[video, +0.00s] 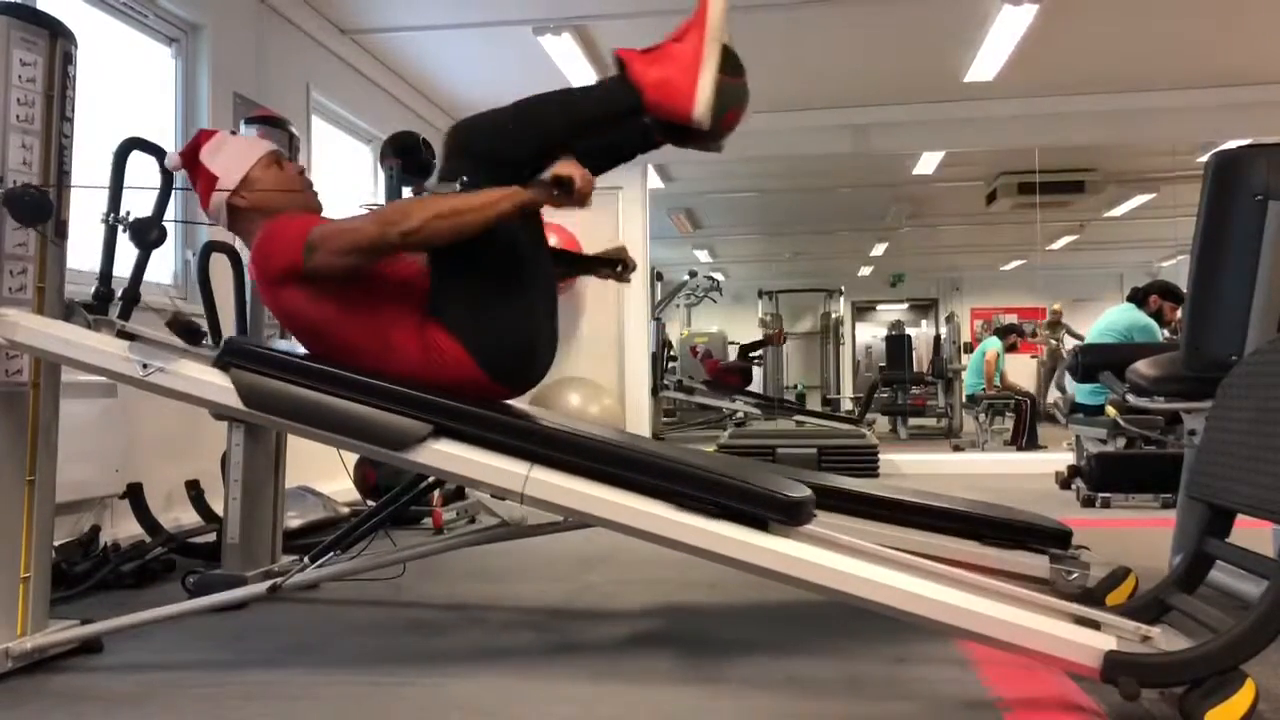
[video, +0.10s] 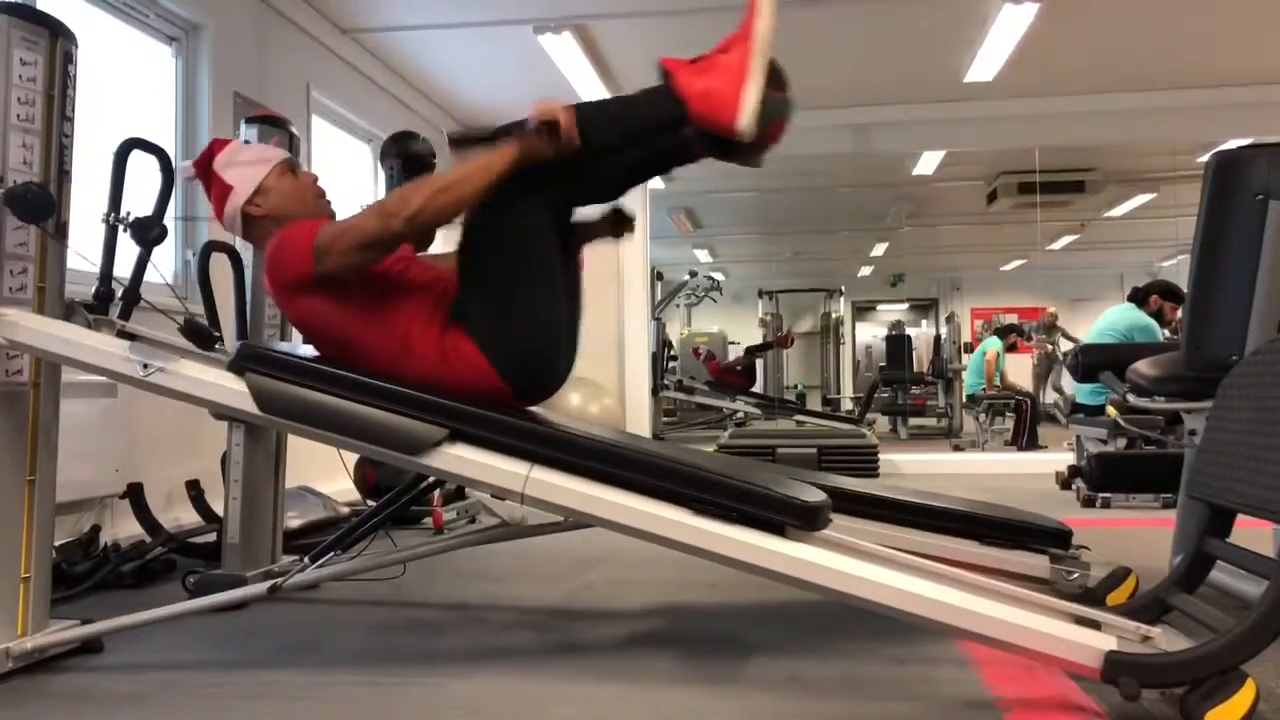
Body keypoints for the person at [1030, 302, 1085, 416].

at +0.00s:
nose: (1054, 316)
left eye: (1056, 314)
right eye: (1052, 313)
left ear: (1061, 315)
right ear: (1049, 314)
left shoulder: (1063, 326)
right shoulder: (1045, 325)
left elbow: (1074, 334)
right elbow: (1042, 337)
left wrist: (1085, 340)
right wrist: (1050, 342)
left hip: (1061, 356)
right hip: (1049, 356)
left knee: (1059, 383)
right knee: (1045, 384)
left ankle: (1069, 401)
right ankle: (1042, 407)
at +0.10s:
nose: (1049, 318)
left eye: (1052, 316)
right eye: (1048, 316)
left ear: (1056, 318)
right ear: (1044, 316)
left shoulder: (1058, 329)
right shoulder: (1036, 327)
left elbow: (1070, 338)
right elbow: (1027, 340)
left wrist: (1080, 343)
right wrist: (1036, 344)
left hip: (1055, 359)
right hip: (1041, 359)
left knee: (1055, 385)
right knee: (1038, 386)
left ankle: (1066, 398)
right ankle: (1038, 409)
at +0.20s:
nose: (1043, 318)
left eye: (1046, 315)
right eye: (1041, 315)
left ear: (1051, 317)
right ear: (1037, 316)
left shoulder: (1054, 329)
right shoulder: (1029, 328)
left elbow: (1064, 340)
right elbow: (1023, 342)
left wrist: (1072, 347)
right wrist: (1033, 345)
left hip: (1051, 361)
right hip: (1035, 362)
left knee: (1051, 383)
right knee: (1034, 389)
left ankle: (1063, 398)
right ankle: (1035, 409)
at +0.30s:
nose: (1040, 318)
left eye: (1043, 315)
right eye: (1037, 315)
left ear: (1048, 317)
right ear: (1033, 316)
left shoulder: (1051, 329)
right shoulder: (1028, 328)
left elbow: (1058, 341)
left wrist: (1066, 351)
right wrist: (1031, 346)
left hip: (1048, 360)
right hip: (1032, 361)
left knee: (1045, 380)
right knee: (1032, 387)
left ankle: (1054, 397)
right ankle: (1034, 407)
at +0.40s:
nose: (1037, 319)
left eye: (1040, 316)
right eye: (1035, 316)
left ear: (1045, 318)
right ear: (1031, 317)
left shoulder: (1049, 329)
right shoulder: (1027, 329)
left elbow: (1055, 342)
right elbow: (1023, 342)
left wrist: (1059, 351)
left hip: (1046, 359)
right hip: (1031, 359)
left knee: (1040, 381)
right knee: (1031, 385)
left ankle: (1046, 403)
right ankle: (1033, 406)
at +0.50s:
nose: (1035, 320)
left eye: (1038, 317)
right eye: (1033, 317)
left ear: (1043, 318)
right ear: (1030, 317)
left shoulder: (1048, 329)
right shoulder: (1025, 329)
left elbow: (1054, 342)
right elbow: (1019, 341)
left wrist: (1055, 351)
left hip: (1044, 359)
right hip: (1029, 359)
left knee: (1038, 382)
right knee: (1029, 385)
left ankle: (1041, 404)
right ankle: (1031, 407)